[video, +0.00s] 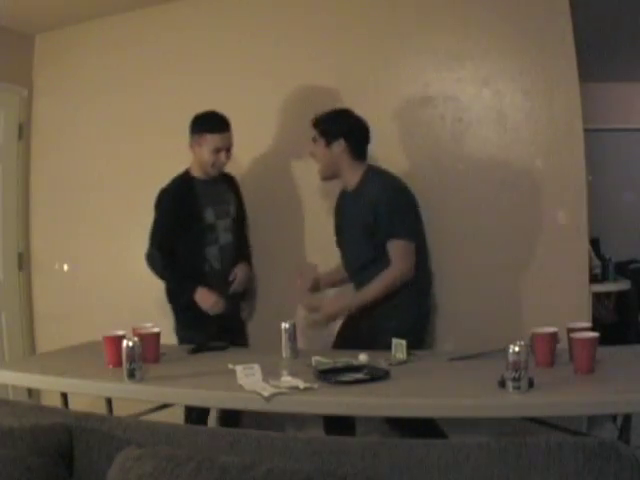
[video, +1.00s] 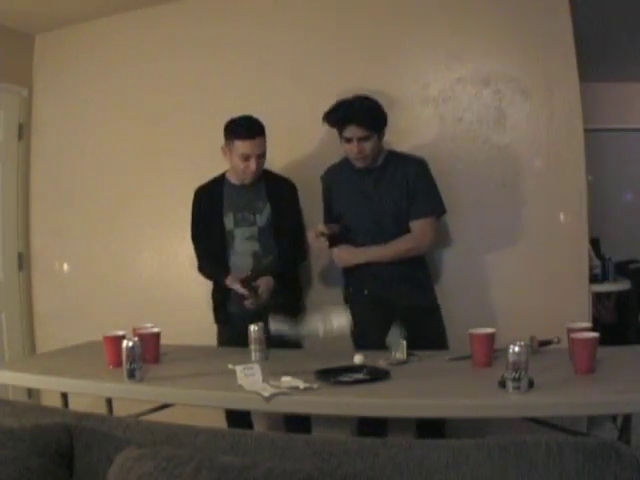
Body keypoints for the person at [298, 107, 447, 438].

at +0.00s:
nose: (312, 152)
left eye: (317, 143)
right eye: (313, 143)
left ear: (340, 147)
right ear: (338, 148)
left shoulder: (388, 191)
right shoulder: (345, 199)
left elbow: (403, 267)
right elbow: (359, 263)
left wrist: (346, 303)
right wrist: (322, 281)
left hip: (400, 314)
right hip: (365, 313)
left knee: (399, 408)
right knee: (336, 395)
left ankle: (454, 467)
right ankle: (338, 478)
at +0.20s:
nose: (339, 148)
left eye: (346, 139)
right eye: (341, 139)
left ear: (372, 144)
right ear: (366, 146)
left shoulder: (417, 191)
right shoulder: (361, 195)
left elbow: (416, 269)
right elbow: (362, 262)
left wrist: (352, 298)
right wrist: (322, 294)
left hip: (421, 321)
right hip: (380, 318)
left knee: (428, 413)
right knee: (353, 401)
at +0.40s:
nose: (397, 137)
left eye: (405, 128)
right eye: (388, 128)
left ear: (417, 127)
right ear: (376, 127)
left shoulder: (440, 170)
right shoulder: (355, 174)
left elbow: (455, 229)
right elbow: (339, 219)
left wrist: (431, 267)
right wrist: (347, 243)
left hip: (431, 292)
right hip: (381, 296)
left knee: (454, 377)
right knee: (384, 386)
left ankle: (458, 469)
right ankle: (380, 471)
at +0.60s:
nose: (374, 140)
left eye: (382, 130)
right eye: (365, 131)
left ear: (396, 128)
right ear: (355, 130)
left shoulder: (424, 167)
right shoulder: (340, 175)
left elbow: (438, 235)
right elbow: (331, 228)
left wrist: (378, 266)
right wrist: (335, 246)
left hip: (421, 294)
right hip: (372, 298)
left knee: (438, 387)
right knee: (378, 390)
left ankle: (446, 474)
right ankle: (374, 474)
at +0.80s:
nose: (360, 145)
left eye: (368, 136)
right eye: (352, 137)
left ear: (384, 133)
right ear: (343, 136)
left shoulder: (414, 168)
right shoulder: (335, 177)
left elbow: (429, 235)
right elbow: (334, 230)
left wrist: (372, 260)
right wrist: (329, 244)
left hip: (414, 296)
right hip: (366, 301)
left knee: (428, 386)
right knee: (372, 390)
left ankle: (434, 470)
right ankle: (372, 473)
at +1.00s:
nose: (356, 149)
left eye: (364, 140)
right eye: (348, 140)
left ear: (380, 135)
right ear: (340, 138)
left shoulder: (412, 170)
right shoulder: (334, 178)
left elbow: (424, 239)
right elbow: (338, 231)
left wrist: (359, 255)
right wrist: (326, 235)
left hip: (413, 292)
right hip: (365, 295)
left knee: (431, 379)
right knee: (368, 385)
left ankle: (433, 468)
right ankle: (369, 469)